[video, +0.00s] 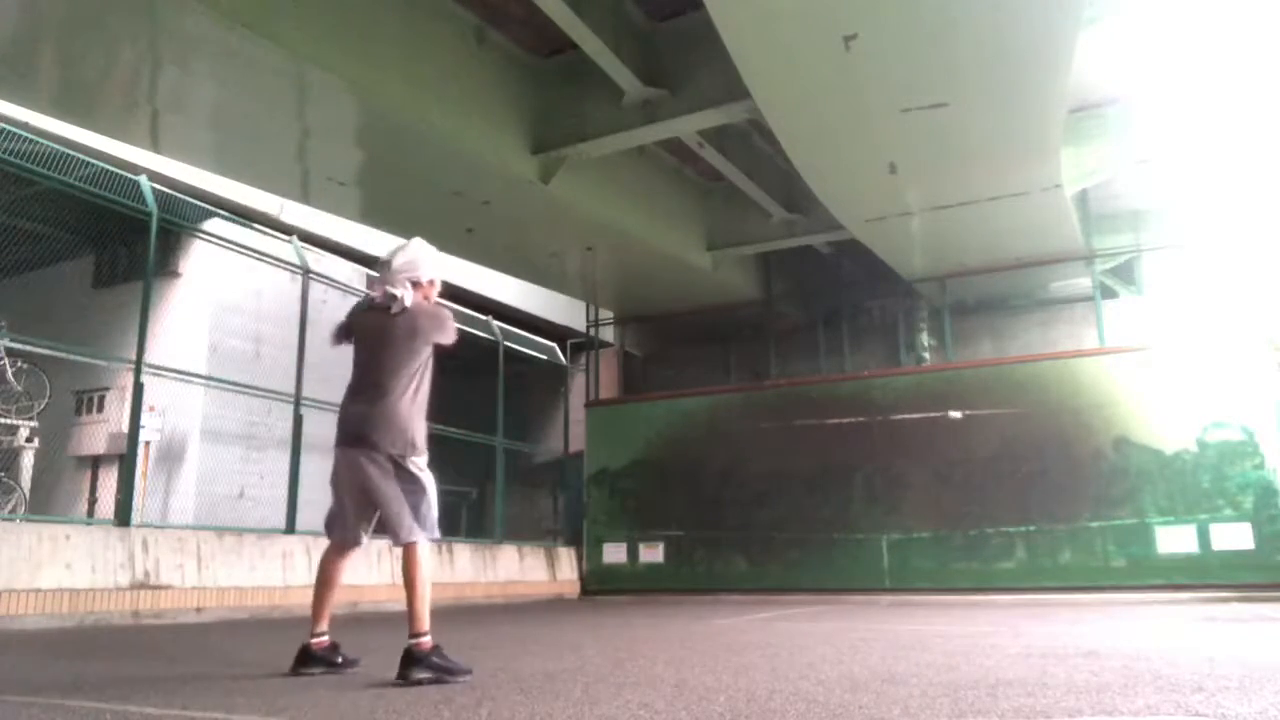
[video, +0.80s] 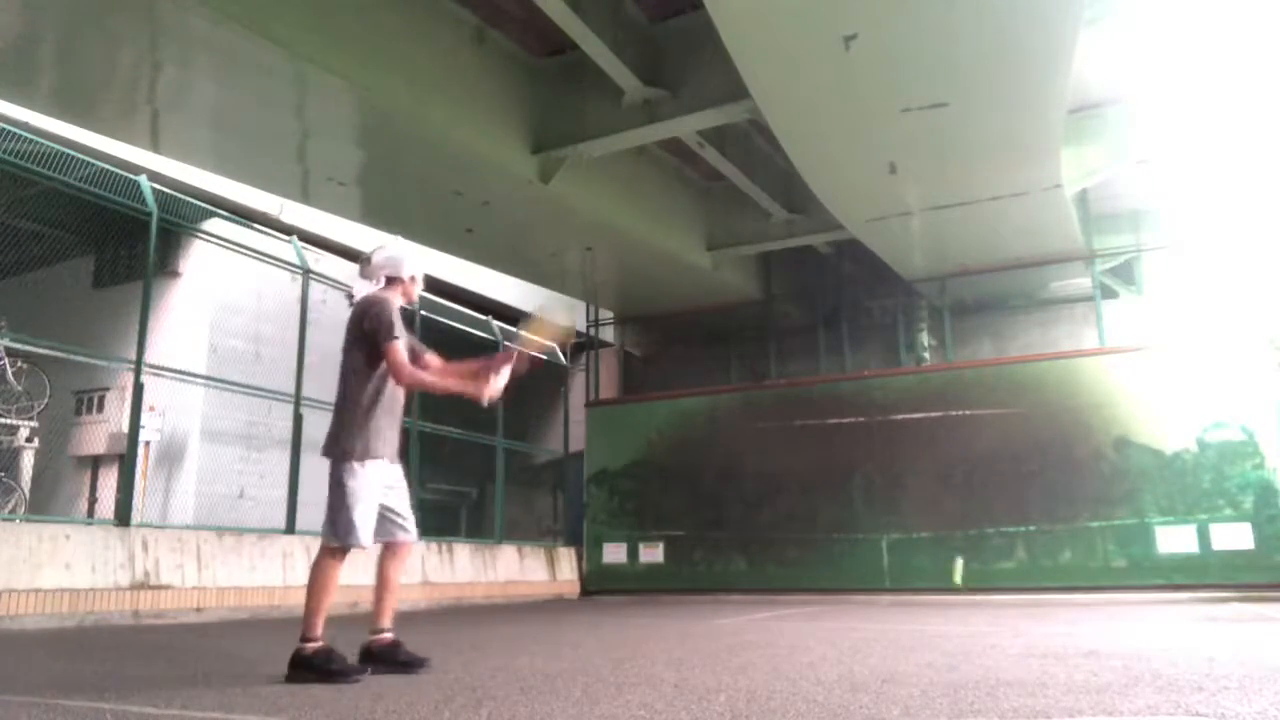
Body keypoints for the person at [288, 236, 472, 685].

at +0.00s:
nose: (437, 293)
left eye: (436, 285)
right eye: (435, 285)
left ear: (395, 280)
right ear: (421, 285)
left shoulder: (364, 316)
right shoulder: (425, 318)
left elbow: (340, 334)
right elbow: (451, 333)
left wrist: (373, 300)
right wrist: (419, 300)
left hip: (351, 442)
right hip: (394, 445)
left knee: (342, 541)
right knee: (415, 540)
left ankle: (316, 643)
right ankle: (421, 649)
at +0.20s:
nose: (419, 291)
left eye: (417, 284)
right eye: (417, 285)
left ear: (373, 282)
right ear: (404, 285)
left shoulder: (346, 315)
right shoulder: (419, 317)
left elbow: (302, 372)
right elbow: (422, 366)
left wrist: (315, 343)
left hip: (339, 435)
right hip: (385, 437)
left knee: (331, 541)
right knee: (393, 540)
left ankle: (317, 644)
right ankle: (379, 645)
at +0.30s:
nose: (411, 291)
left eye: (408, 284)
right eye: (408, 284)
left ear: (363, 283)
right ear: (397, 286)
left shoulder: (338, 316)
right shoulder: (415, 320)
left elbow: (314, 367)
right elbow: (420, 388)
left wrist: (292, 375)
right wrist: (387, 378)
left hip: (335, 436)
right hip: (381, 438)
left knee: (329, 540)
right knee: (385, 539)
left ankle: (316, 642)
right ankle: (346, 634)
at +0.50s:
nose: (408, 291)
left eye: (405, 285)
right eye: (406, 285)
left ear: (361, 284)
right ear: (394, 286)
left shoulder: (338, 323)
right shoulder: (405, 318)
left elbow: (319, 393)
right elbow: (406, 394)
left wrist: (341, 432)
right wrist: (395, 446)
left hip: (327, 444)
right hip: (369, 446)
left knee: (341, 543)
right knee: (359, 546)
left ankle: (316, 642)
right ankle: (317, 642)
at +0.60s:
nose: (409, 290)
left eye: (407, 282)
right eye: (407, 282)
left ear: (367, 280)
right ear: (394, 281)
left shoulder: (349, 315)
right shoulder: (393, 312)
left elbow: (352, 388)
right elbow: (399, 384)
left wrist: (397, 440)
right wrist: (415, 442)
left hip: (335, 440)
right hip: (363, 443)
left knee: (351, 544)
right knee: (354, 545)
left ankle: (329, 639)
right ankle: (314, 645)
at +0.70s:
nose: (413, 286)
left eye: (412, 278)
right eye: (410, 278)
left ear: (377, 277)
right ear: (396, 278)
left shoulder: (372, 309)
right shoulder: (384, 308)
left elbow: (401, 385)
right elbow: (400, 378)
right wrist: (447, 424)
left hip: (363, 446)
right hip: (354, 446)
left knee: (382, 537)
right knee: (346, 540)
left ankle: (355, 636)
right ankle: (309, 647)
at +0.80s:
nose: (421, 286)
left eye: (420, 278)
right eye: (417, 278)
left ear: (392, 279)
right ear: (401, 278)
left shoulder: (395, 320)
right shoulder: (378, 306)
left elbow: (438, 366)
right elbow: (403, 374)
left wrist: (497, 363)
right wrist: (471, 387)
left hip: (384, 455)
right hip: (355, 453)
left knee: (401, 540)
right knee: (338, 544)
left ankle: (381, 641)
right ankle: (309, 647)